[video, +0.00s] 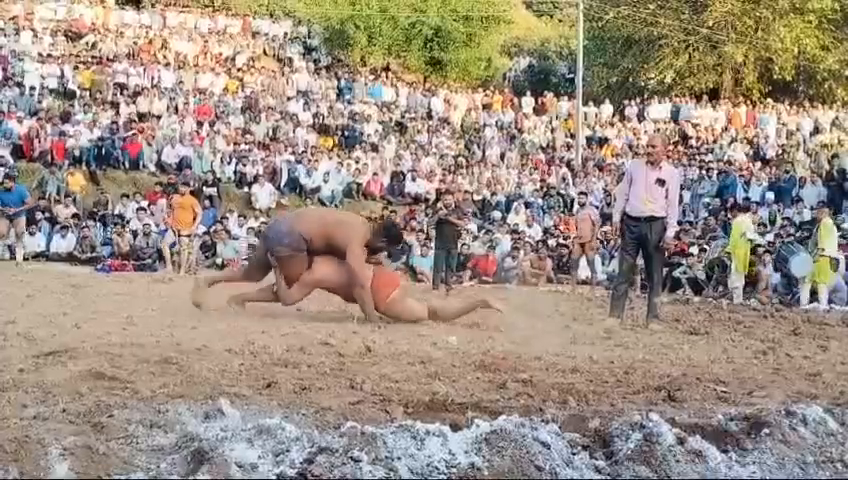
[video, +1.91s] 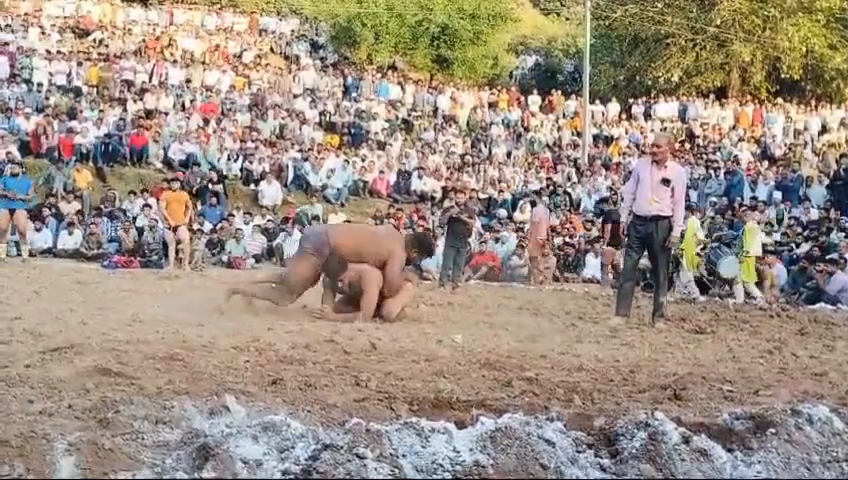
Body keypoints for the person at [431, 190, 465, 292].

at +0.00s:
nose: (447, 202)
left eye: (449, 199)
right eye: (445, 200)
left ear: (453, 200)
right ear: (442, 201)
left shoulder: (458, 211)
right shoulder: (438, 211)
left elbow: (464, 223)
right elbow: (430, 222)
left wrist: (450, 219)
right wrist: (438, 215)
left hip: (453, 241)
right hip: (440, 241)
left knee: (451, 266)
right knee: (438, 266)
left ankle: (449, 285)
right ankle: (436, 285)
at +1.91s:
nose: (459, 200)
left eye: (462, 198)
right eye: (458, 197)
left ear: (465, 198)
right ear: (454, 198)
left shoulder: (469, 211)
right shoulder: (449, 209)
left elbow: (473, 222)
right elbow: (441, 222)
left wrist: (462, 217)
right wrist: (449, 214)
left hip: (463, 240)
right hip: (451, 238)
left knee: (459, 265)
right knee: (447, 263)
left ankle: (455, 284)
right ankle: (442, 283)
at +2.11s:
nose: (460, 201)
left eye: (462, 198)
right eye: (458, 198)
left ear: (466, 199)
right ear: (455, 198)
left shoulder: (469, 211)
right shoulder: (449, 210)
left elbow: (474, 223)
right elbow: (442, 222)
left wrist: (463, 219)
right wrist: (451, 215)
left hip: (463, 242)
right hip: (451, 241)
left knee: (459, 266)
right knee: (447, 265)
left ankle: (456, 285)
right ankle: (443, 284)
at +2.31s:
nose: (461, 202)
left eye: (464, 200)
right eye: (460, 200)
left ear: (468, 201)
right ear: (456, 200)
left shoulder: (471, 213)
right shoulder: (451, 211)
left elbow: (475, 225)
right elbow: (443, 223)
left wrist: (463, 219)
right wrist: (452, 216)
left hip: (465, 243)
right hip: (452, 242)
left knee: (461, 267)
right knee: (448, 266)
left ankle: (457, 286)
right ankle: (444, 285)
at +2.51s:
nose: (472, 205)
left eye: (474, 203)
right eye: (470, 203)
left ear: (477, 204)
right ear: (466, 203)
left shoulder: (481, 216)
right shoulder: (461, 215)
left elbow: (485, 228)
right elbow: (454, 227)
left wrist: (474, 222)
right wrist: (463, 218)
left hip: (475, 246)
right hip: (463, 245)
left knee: (472, 269)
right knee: (459, 268)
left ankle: (469, 288)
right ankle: (455, 287)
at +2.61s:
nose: (484, 209)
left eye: (486, 207)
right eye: (482, 206)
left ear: (490, 207)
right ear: (478, 207)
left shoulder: (493, 220)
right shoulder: (473, 219)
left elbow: (498, 231)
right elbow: (466, 231)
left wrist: (485, 226)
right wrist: (475, 223)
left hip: (488, 250)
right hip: (475, 249)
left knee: (484, 274)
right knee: (472, 272)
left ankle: (481, 292)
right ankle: (467, 290)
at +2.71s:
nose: (496, 214)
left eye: (498, 212)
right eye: (494, 212)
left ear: (502, 213)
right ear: (492, 212)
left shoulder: (507, 225)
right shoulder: (487, 224)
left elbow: (511, 237)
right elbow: (479, 236)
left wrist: (500, 232)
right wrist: (488, 228)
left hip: (501, 256)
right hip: (489, 255)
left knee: (497, 279)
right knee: (485, 278)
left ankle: (494, 297)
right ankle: (480, 295)